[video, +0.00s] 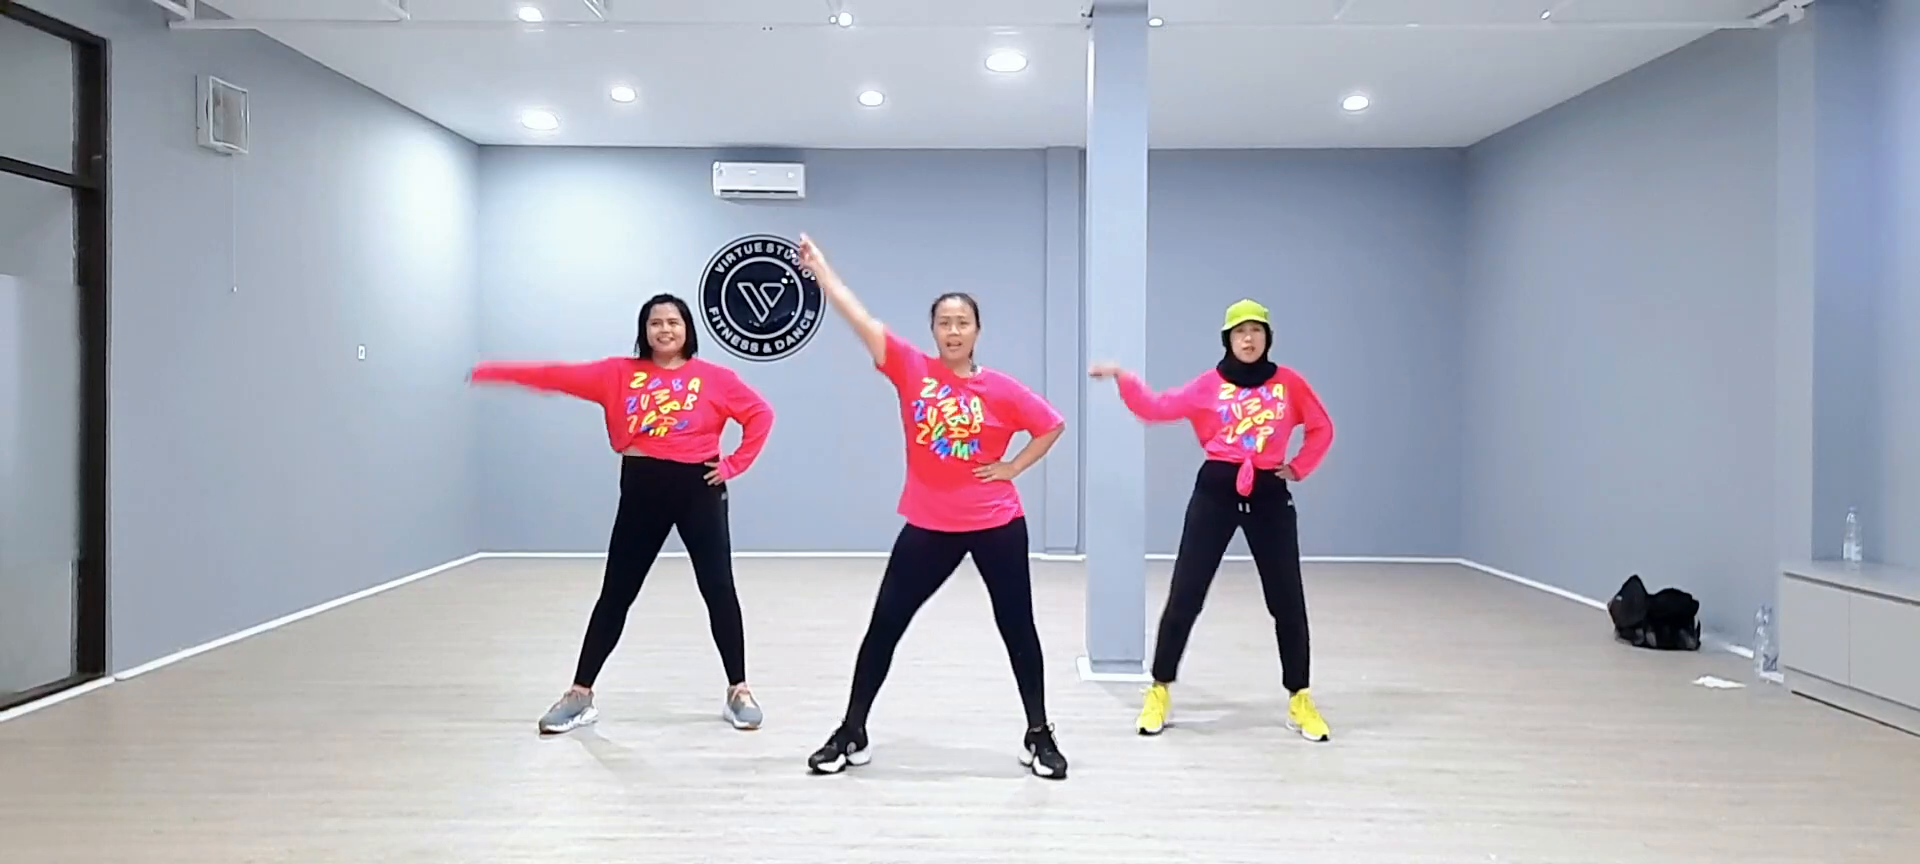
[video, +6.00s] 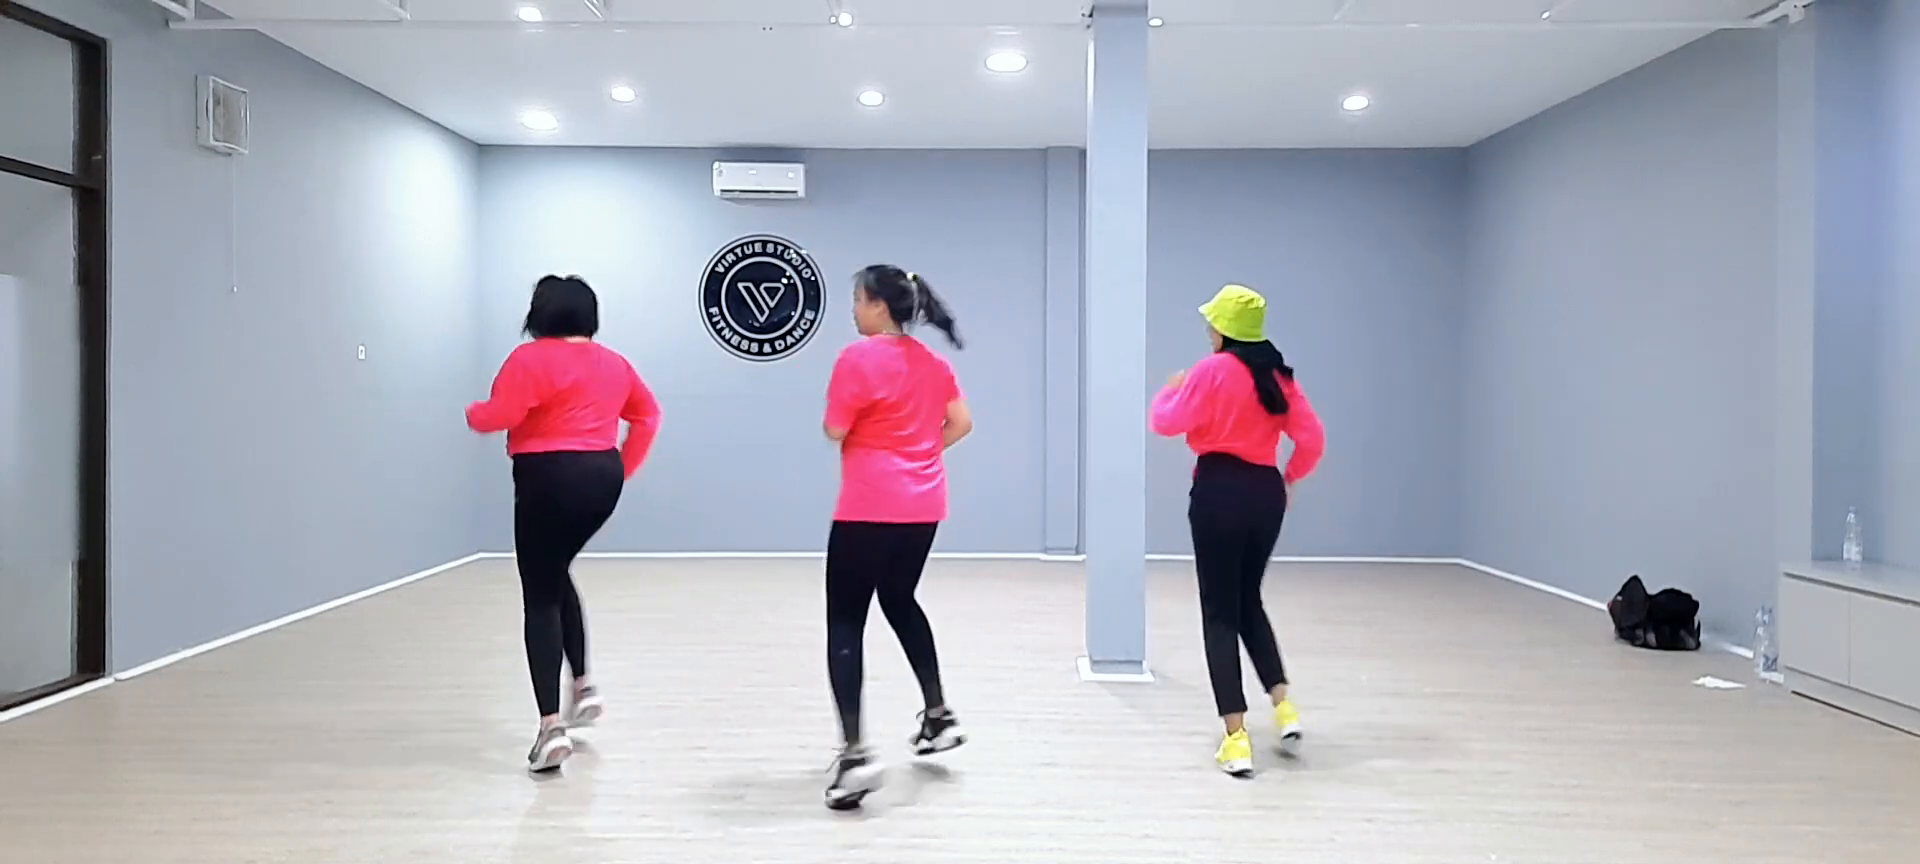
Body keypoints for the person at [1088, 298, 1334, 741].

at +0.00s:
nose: (1249, 339)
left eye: (1256, 331)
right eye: (1240, 332)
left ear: (1267, 337)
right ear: (1228, 338)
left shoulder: (1287, 382)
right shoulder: (1207, 386)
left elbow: (1321, 428)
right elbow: (1154, 409)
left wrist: (1296, 469)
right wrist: (1123, 377)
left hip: (1270, 496)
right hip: (1215, 493)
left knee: (1288, 601)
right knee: (1186, 595)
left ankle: (1300, 699)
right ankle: (1158, 693)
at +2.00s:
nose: (1260, 348)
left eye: (1268, 340)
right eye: (1251, 340)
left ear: (1281, 346)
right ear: (1238, 347)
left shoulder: (1302, 384)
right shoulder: (1224, 392)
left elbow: (1370, 389)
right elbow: (1171, 434)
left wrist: (1336, 410)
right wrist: (1187, 450)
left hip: (1291, 505)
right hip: (1246, 505)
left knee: (1283, 610)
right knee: (1285, 613)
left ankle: (1237, 679)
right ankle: (1283, 754)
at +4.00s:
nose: (1224, 337)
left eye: (1232, 329)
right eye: (1216, 329)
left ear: (1243, 334)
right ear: (1204, 333)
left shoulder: (1262, 371)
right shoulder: (1183, 367)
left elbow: (1295, 414)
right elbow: (1135, 343)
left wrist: (1278, 449)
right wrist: (1126, 298)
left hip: (1249, 487)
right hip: (1196, 486)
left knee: (1271, 591)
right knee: (1160, 583)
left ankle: (1296, 696)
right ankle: (1139, 691)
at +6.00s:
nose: (1208, 330)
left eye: (1211, 325)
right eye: (1210, 323)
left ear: (1222, 330)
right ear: (1255, 329)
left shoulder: (1212, 370)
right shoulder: (1279, 377)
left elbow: (1165, 422)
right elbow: (1314, 439)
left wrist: (1178, 384)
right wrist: (1288, 477)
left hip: (1218, 488)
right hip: (1268, 490)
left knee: (1219, 614)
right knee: (1248, 599)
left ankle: (1235, 737)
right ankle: (1283, 704)